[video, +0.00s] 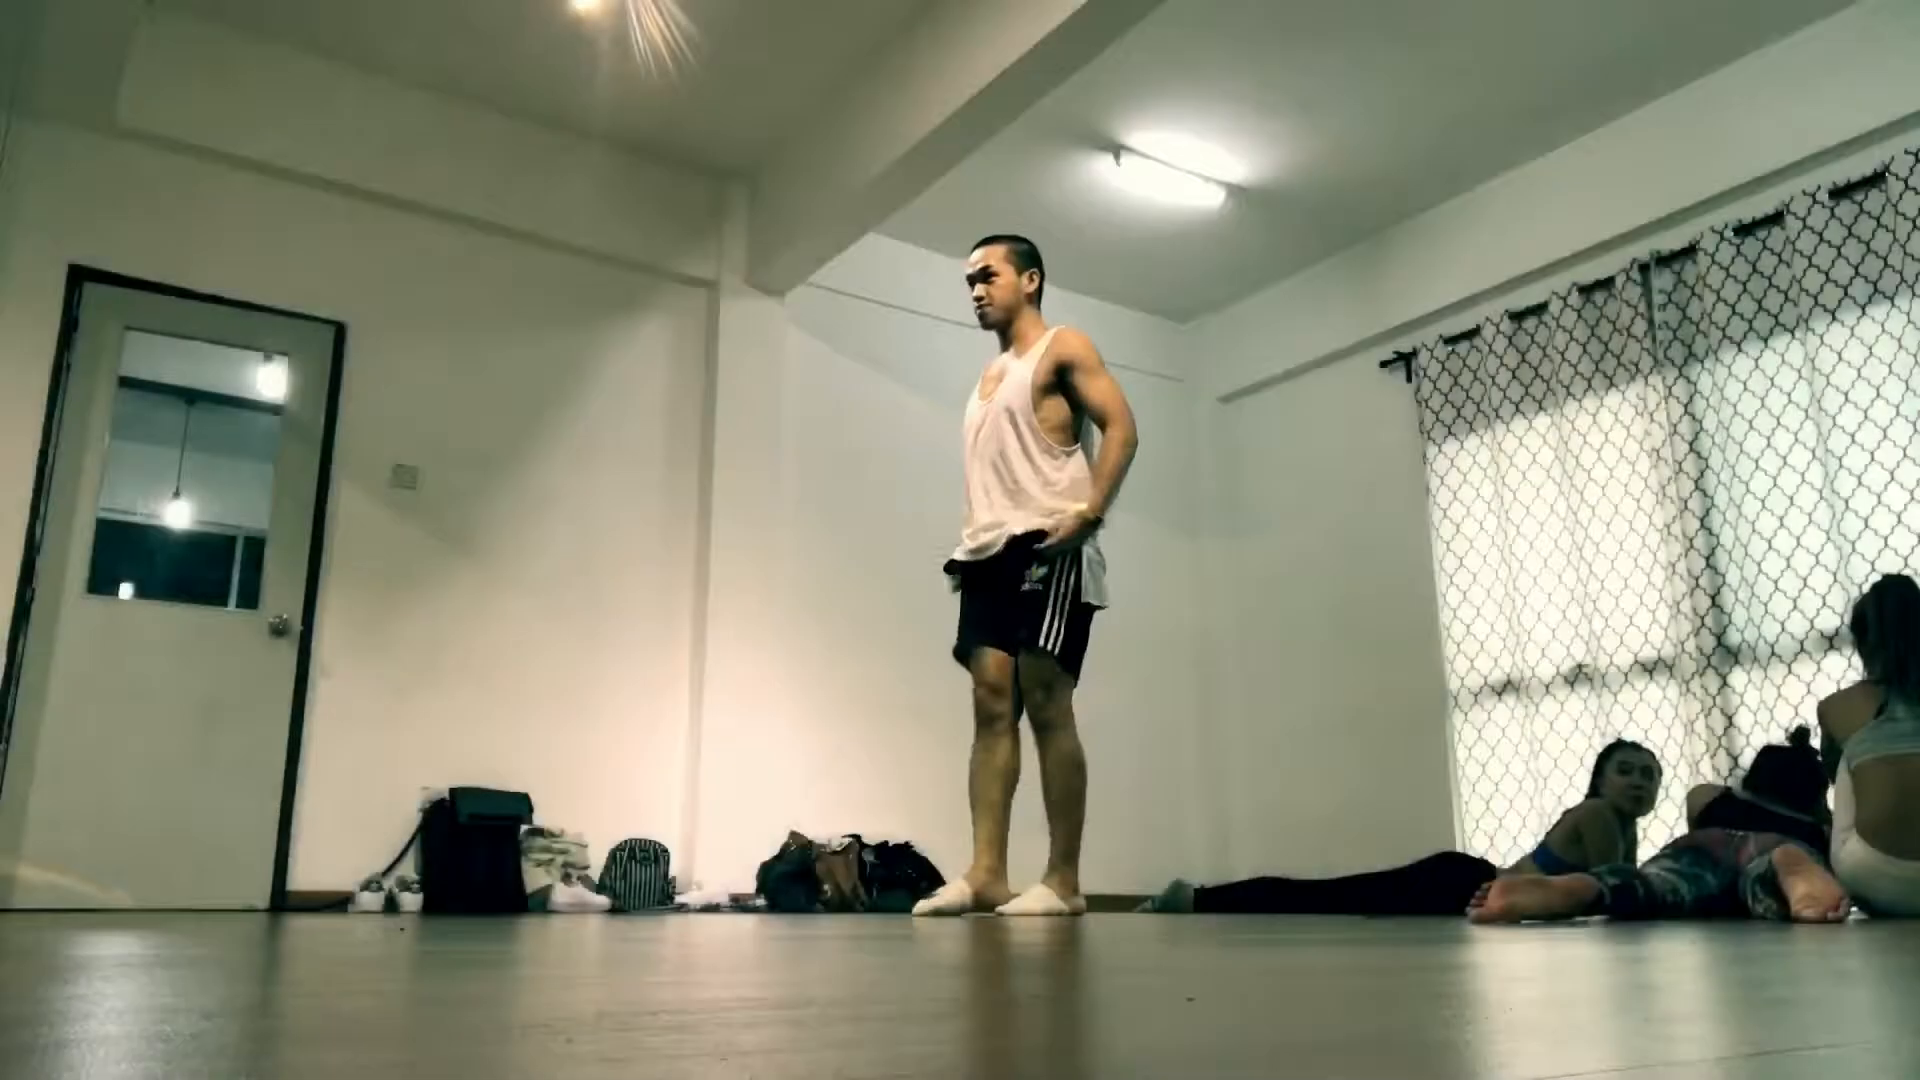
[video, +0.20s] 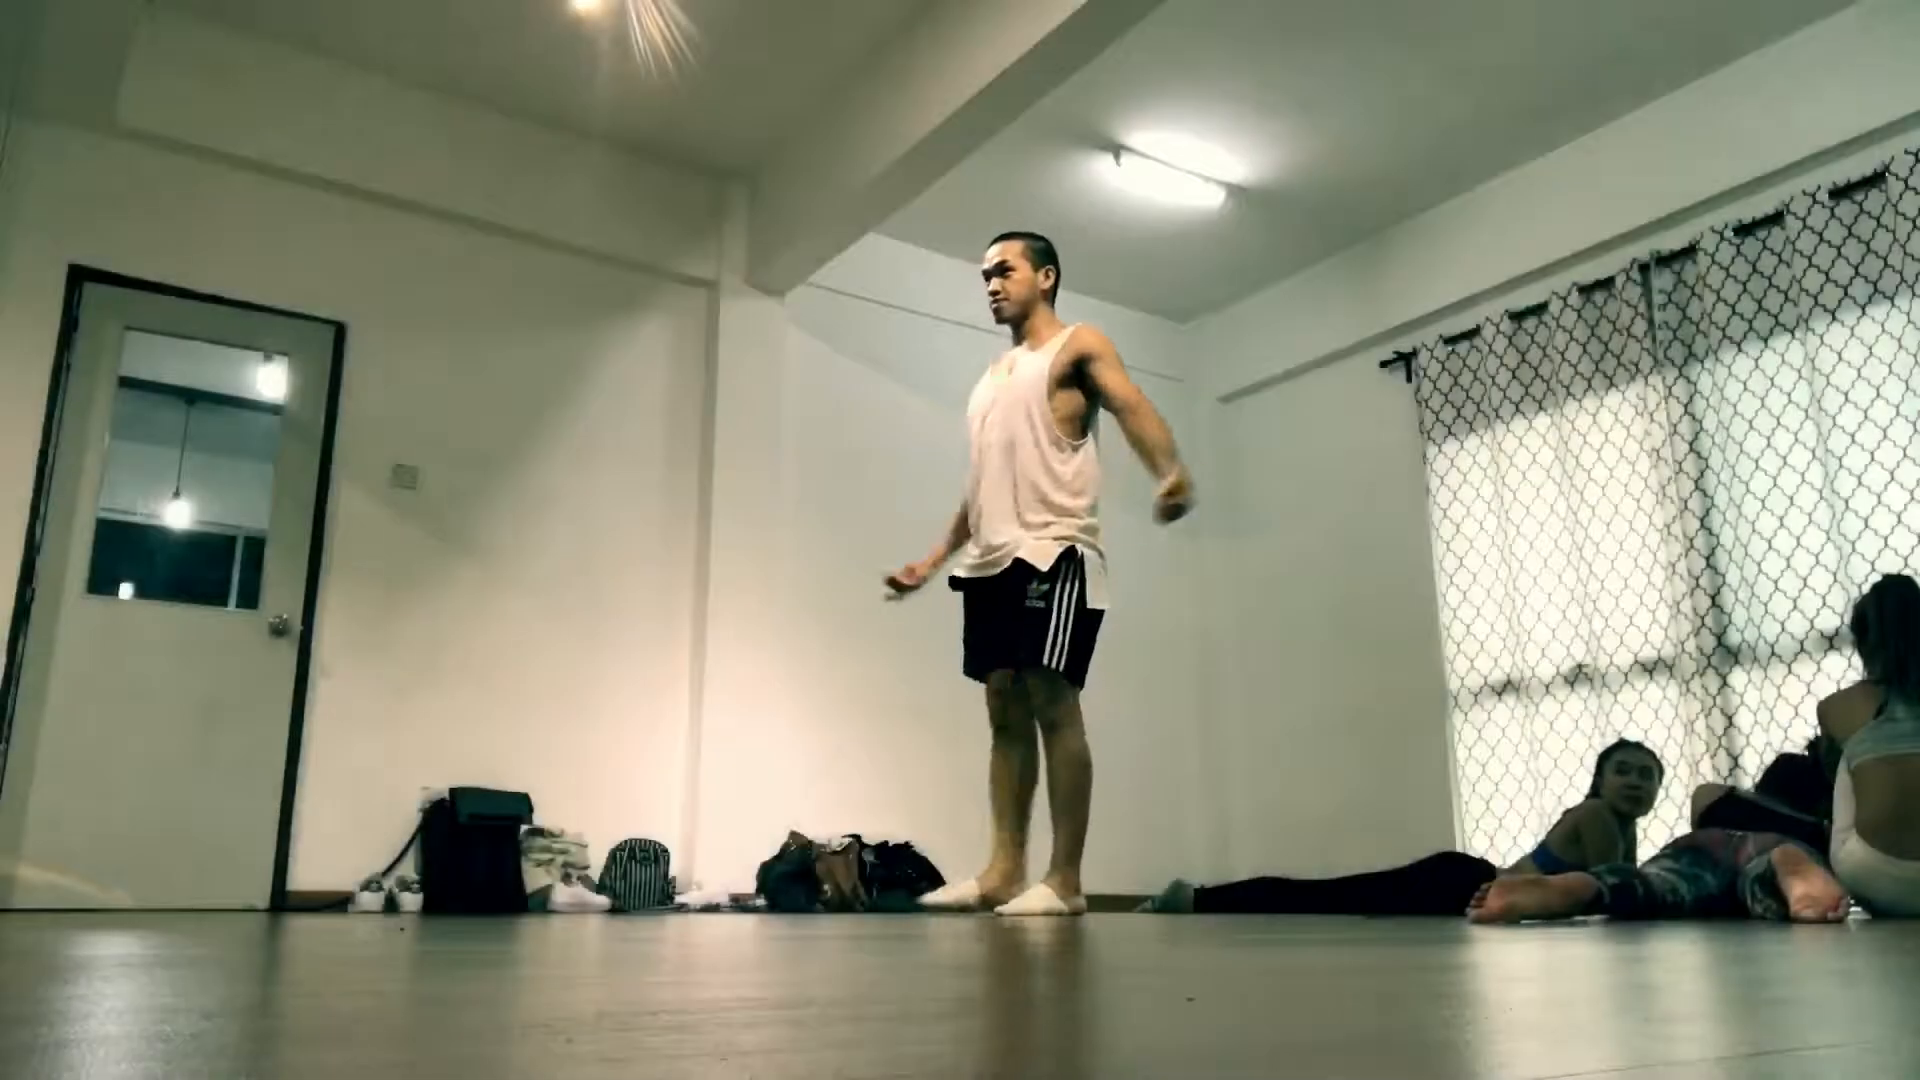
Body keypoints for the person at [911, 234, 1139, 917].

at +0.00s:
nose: (975, 288)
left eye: (987, 276)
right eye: (972, 281)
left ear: (1030, 282)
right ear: (982, 296)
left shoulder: (1064, 347)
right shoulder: (993, 373)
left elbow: (1121, 427)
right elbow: (998, 469)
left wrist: (1090, 512)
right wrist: (972, 544)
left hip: (1049, 548)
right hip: (989, 554)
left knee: (1046, 702)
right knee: (991, 702)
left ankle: (1062, 882)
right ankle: (986, 873)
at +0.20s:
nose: (990, 284)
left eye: (1003, 271)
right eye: (987, 276)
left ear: (1046, 278)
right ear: (996, 292)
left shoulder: (1079, 344)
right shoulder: (996, 376)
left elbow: (1133, 409)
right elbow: (983, 483)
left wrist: (1171, 470)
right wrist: (934, 559)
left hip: (1054, 554)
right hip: (990, 563)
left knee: (1054, 706)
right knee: (1007, 711)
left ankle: (1064, 882)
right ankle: (1004, 873)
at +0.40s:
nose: (999, 294)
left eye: (1013, 281)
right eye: (995, 286)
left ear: (1055, 290)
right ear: (998, 304)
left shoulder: (1091, 364)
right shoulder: (980, 390)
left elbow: (1172, 419)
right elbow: (939, 474)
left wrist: (1251, 457)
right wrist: (857, 504)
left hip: (1066, 555)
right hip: (1000, 568)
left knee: (1062, 708)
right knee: (1029, 718)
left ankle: (1066, 880)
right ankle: (1086, 854)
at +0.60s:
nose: (996, 315)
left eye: (1009, 303)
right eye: (994, 307)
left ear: (1050, 313)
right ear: (1002, 324)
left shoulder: (1094, 386)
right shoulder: (977, 399)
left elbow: (1193, 430)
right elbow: (901, 438)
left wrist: (1285, 453)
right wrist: (859, 404)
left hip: (1074, 566)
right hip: (1014, 579)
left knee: (1047, 705)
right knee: (1048, 731)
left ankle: (1060, 880)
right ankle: (1124, 871)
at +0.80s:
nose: (979, 363)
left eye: (993, 353)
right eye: (978, 355)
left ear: (1036, 363)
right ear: (991, 373)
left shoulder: (1083, 429)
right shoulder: (971, 444)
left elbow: (1190, 450)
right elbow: (898, 440)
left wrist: (1290, 457)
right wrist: (831, 410)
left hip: (1080, 603)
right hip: (1033, 614)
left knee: (999, 706)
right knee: (1030, 775)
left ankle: (1043, 879)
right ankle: (1128, 884)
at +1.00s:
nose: (960, 351)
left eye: (974, 340)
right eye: (962, 341)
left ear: (1013, 353)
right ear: (995, 356)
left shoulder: (1024, 411)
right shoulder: (997, 454)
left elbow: (1025, 421)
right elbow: (941, 515)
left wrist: (976, 416)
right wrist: (864, 527)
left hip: (1048, 602)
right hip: (1086, 611)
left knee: (952, 725)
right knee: (1042, 756)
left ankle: (1045, 874)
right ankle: (1129, 885)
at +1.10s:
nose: (953, 321)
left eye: (966, 310)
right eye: (958, 308)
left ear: (1001, 323)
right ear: (1014, 327)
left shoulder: (957, 389)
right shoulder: (1059, 396)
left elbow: (870, 454)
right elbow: (1112, 477)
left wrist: (791, 480)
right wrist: (1092, 530)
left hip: (1009, 579)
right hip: (1086, 578)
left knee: (973, 731)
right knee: (1080, 712)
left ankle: (1033, 866)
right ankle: (1105, 858)